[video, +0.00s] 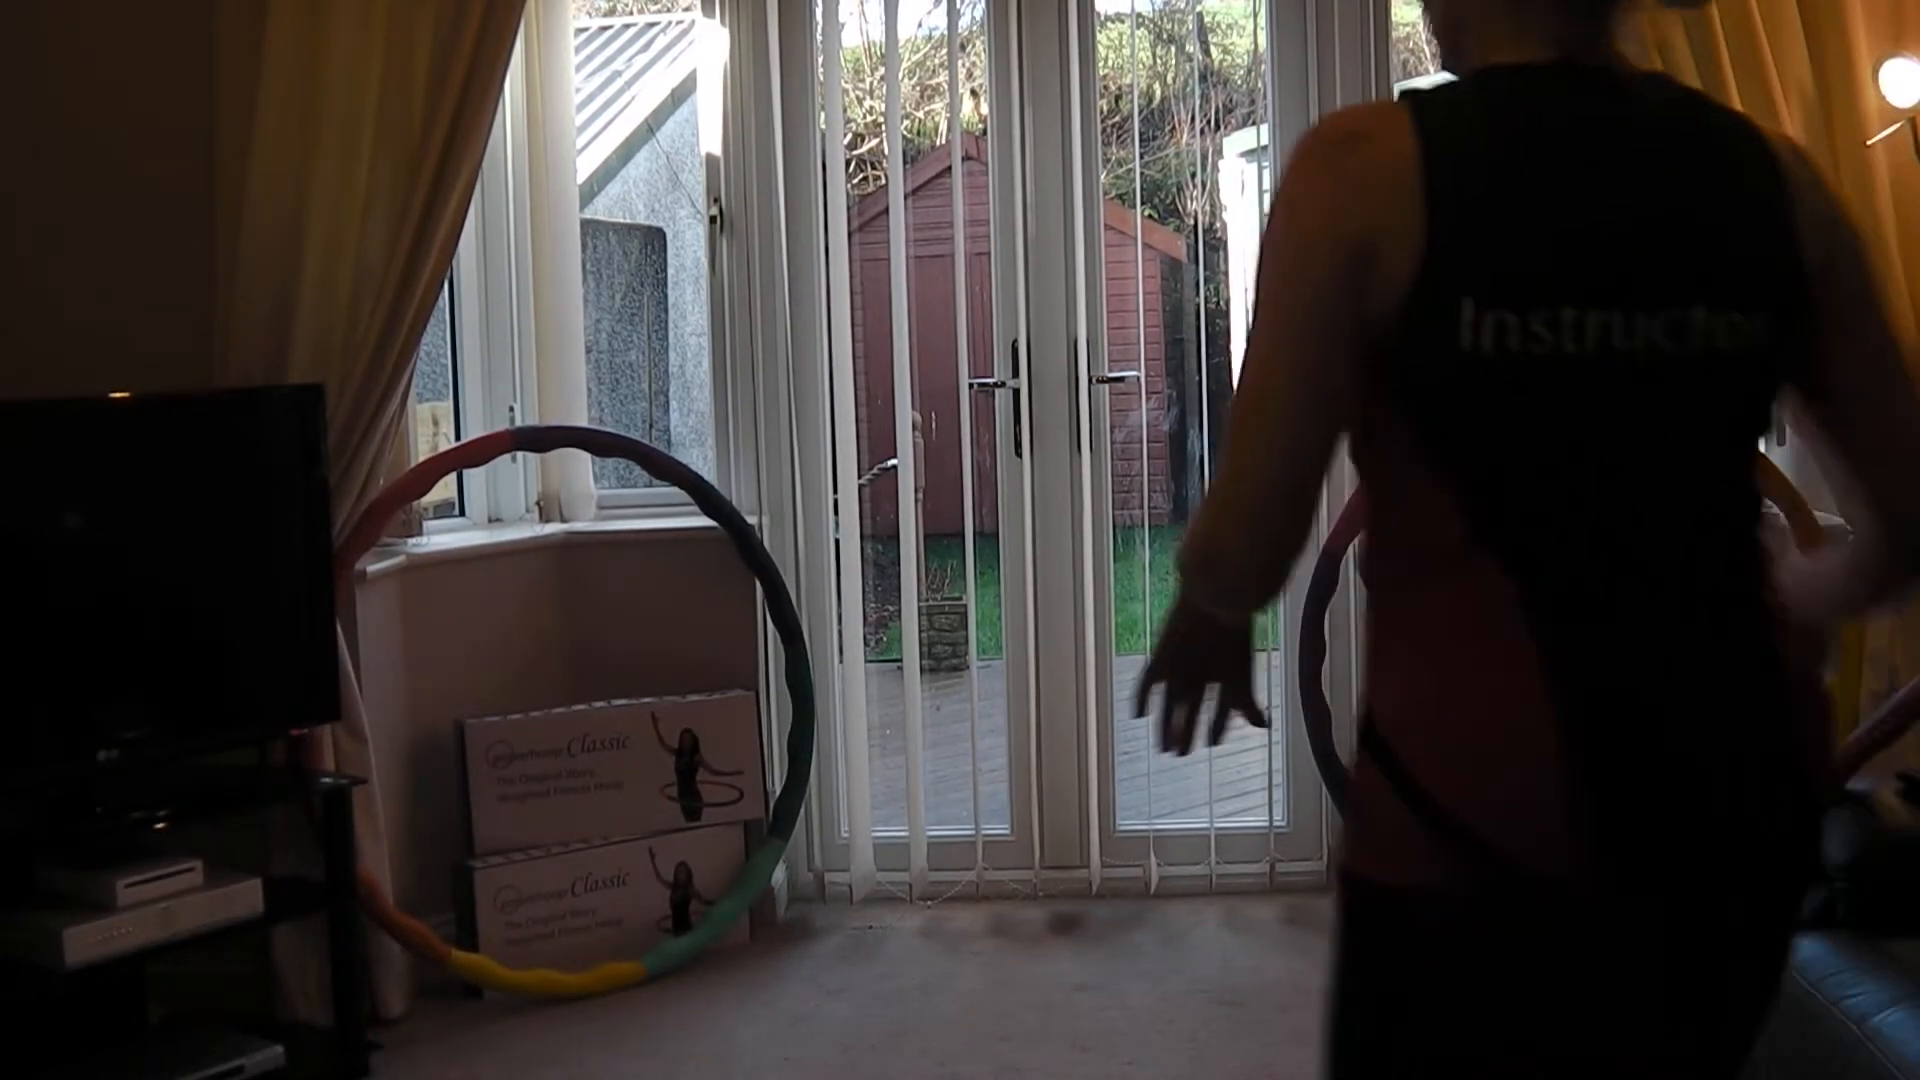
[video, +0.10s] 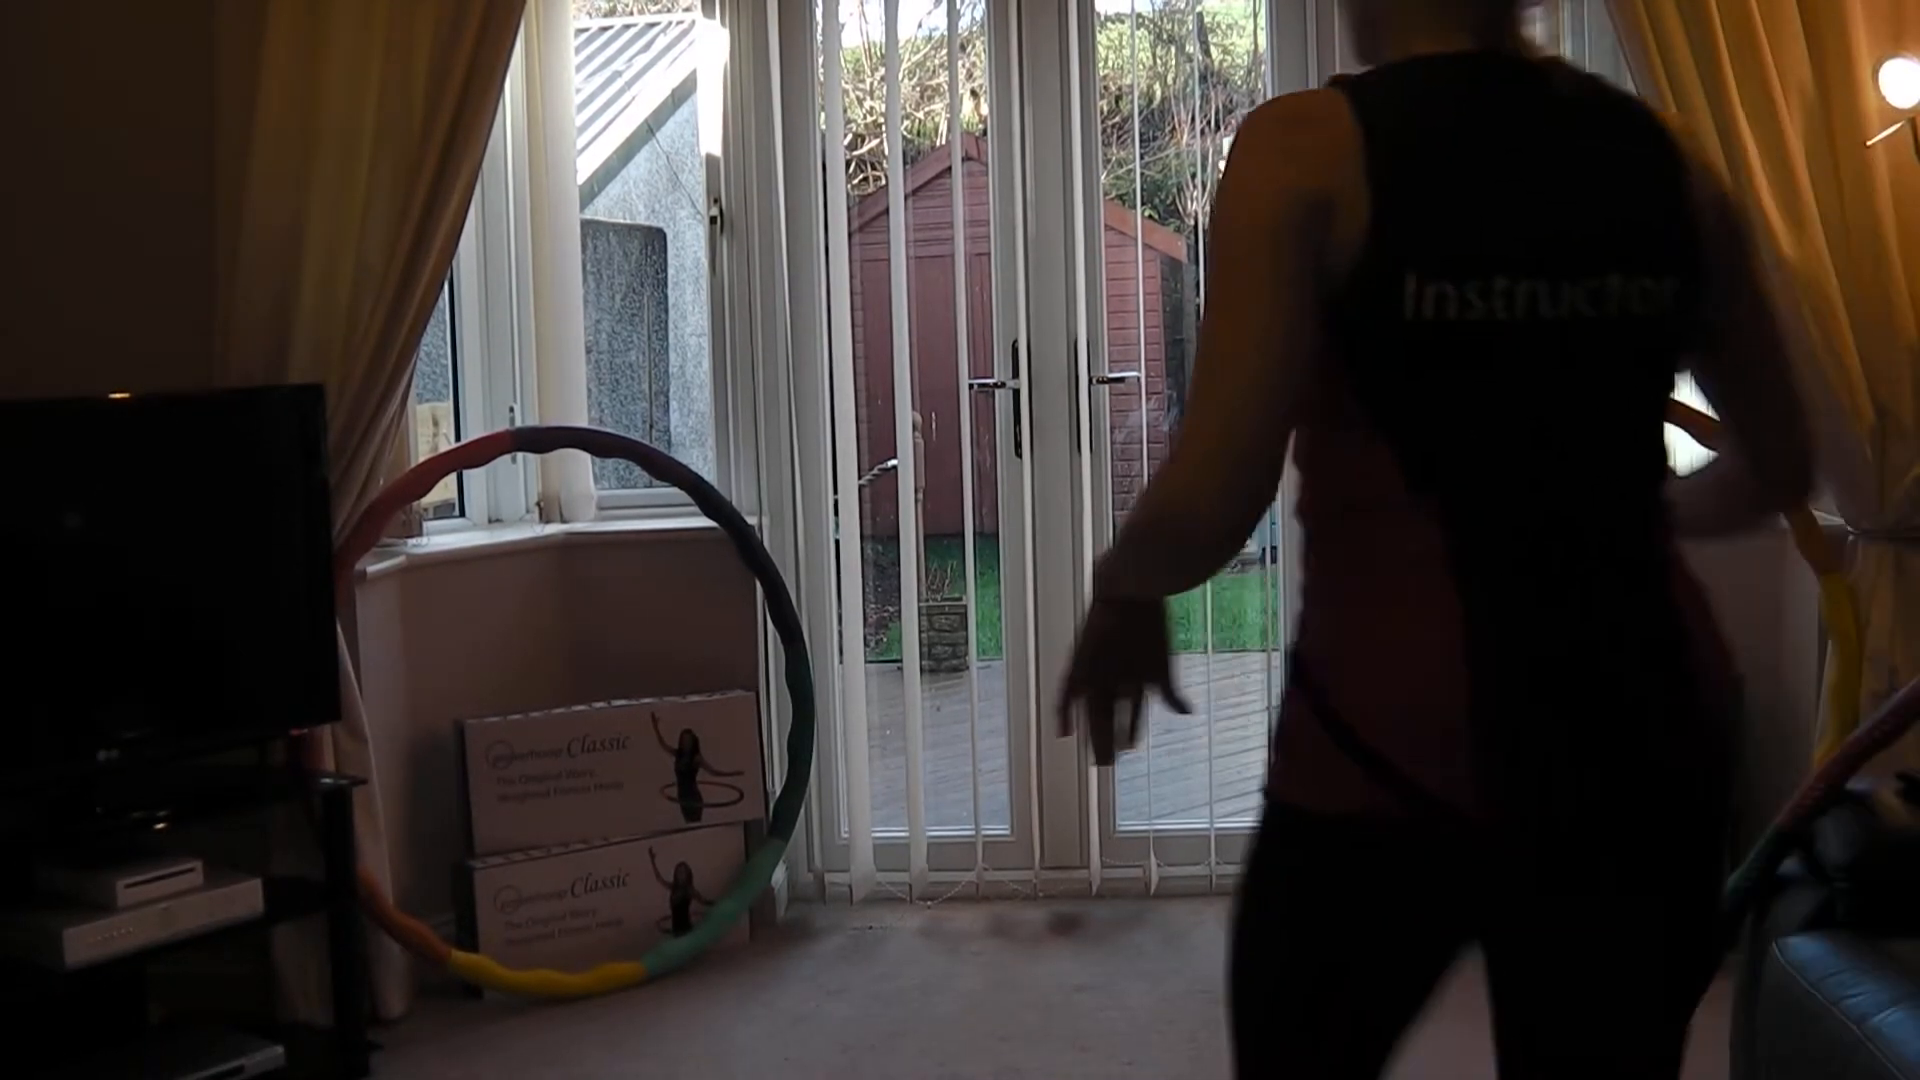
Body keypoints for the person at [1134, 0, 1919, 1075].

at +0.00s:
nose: (1429, 5)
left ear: (1453, 7)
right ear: (1613, 0)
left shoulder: (1367, 164)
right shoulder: (1769, 178)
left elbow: (1250, 530)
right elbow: (1901, 517)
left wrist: (1211, 613)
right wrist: (1786, 590)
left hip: (1469, 799)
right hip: (1736, 786)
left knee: (1434, 1079)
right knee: (1683, 1068)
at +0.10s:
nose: (1338, 12)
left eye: (1342, 2)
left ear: (1361, 1)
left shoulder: (1303, 146)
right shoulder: (1658, 155)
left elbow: (1220, 481)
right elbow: (1774, 465)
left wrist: (1123, 588)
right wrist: (1621, 510)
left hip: (1386, 751)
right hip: (1639, 746)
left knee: (1297, 1064)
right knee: (1606, 1067)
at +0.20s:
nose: (1256, 18)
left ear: (1300, 12)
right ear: (1441, 15)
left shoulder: (1243, 191)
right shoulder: (1563, 185)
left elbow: (1199, 489)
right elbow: (1627, 464)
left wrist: (1052, 614)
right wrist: (1470, 479)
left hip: (1321, 748)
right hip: (1548, 744)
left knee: (1236, 1064)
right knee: (1549, 1070)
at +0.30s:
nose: (1163, 45)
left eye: (1184, 14)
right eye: (1170, 17)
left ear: (1263, 39)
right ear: (1358, 46)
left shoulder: (1176, 243)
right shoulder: (1457, 227)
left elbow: (1152, 528)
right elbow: (1474, 486)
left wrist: (990, 643)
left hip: (1245, 751)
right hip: (1460, 740)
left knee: (1172, 1061)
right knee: (1461, 1067)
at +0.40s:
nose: (1087, 70)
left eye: (1128, 41)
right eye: (1100, 40)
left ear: (1233, 73)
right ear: (1245, 79)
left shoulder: (1127, 278)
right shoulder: (1345, 246)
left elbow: (1103, 560)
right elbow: (1362, 475)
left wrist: (947, 626)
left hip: (1166, 737)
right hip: (1353, 725)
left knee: (1128, 1064)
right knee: (1342, 1064)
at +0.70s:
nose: (1041, 59)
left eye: (1079, 34)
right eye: (1017, 33)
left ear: (1131, 69)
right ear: (992, 60)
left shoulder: (1134, 224)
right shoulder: (1023, 218)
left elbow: (1180, 462)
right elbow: (1031, 434)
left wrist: (977, 524)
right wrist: (921, 505)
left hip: (1130, 644)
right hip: (1026, 631)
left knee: (1078, 970)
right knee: (962, 930)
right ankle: (1016, 1075)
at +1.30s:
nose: (1011, 116)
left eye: (1036, 96)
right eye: (988, 94)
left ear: (1070, 120)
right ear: (956, 115)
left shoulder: (1120, 261)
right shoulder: (901, 263)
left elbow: (1148, 405)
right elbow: (835, 426)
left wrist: (1184, 505)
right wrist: (860, 518)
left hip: (1087, 583)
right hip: (940, 587)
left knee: (1117, 821)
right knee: (934, 853)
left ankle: (1131, 992)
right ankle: (925, 1069)